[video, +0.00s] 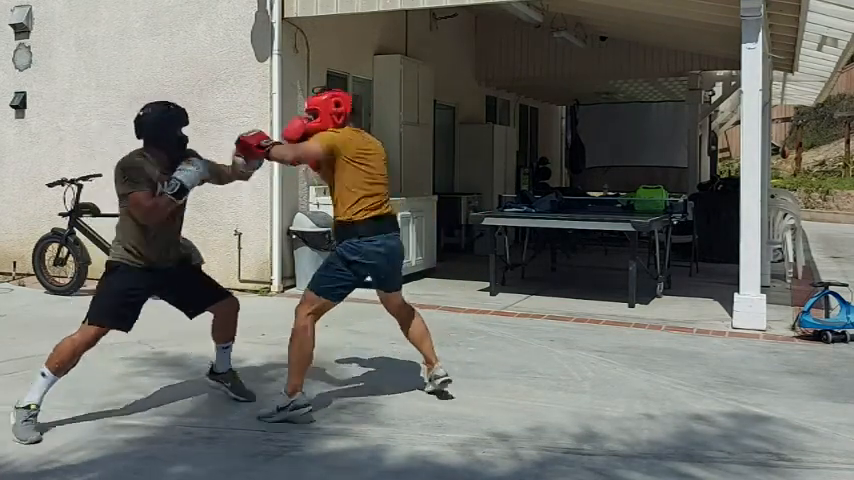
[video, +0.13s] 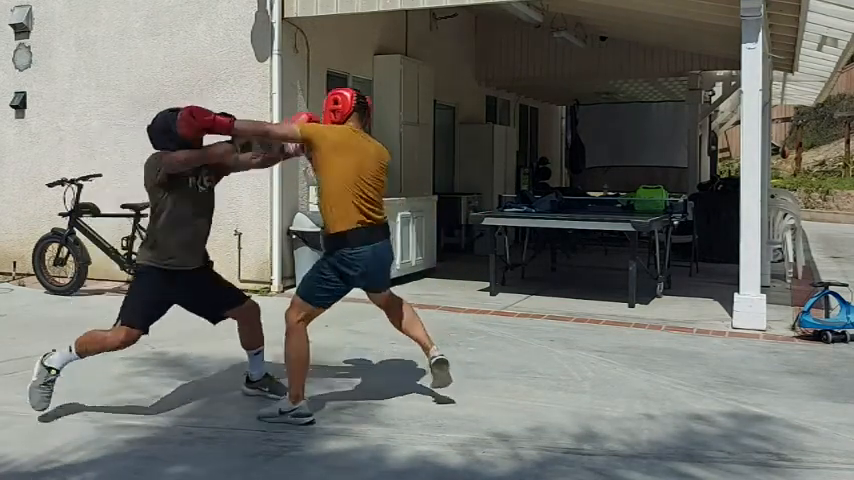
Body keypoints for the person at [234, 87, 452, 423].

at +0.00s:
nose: (310, 123)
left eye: (313, 117)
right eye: (310, 117)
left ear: (328, 116)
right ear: (345, 116)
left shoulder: (334, 138)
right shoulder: (374, 144)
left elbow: (293, 154)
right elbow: (339, 178)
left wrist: (264, 147)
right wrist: (305, 147)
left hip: (356, 246)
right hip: (389, 242)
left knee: (306, 314)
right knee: (398, 305)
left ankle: (294, 397)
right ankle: (434, 368)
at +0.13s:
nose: (325, 117)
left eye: (328, 112)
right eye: (327, 112)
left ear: (336, 111)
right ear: (363, 116)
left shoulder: (322, 133)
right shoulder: (380, 151)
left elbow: (267, 130)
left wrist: (218, 123)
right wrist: (312, 147)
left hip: (346, 253)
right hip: (380, 247)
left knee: (296, 317)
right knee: (386, 298)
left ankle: (296, 403)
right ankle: (431, 350)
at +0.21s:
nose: (338, 115)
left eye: (343, 111)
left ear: (350, 111)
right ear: (375, 115)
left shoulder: (331, 131)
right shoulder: (388, 151)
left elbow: (277, 140)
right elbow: (346, 171)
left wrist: (238, 140)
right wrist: (310, 145)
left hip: (340, 249)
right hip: (375, 246)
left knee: (294, 316)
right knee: (387, 304)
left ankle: (296, 401)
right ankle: (434, 351)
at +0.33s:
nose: (348, 114)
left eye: (350, 108)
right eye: (349, 108)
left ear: (361, 107)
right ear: (390, 113)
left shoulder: (346, 137)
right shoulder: (406, 153)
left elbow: (305, 172)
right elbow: (387, 189)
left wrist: (269, 167)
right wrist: (329, 159)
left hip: (349, 250)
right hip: (389, 250)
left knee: (307, 319)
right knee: (398, 320)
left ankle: (295, 404)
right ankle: (446, 378)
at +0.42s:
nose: (358, 114)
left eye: (360, 107)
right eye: (359, 107)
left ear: (373, 106)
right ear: (395, 108)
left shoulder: (362, 138)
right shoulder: (419, 149)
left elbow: (339, 185)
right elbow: (410, 194)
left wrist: (304, 199)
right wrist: (352, 163)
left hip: (373, 251)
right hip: (414, 249)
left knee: (332, 325)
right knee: (422, 330)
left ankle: (304, 400)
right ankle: (453, 410)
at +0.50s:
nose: (358, 115)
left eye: (360, 108)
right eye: (358, 107)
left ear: (373, 105)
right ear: (396, 107)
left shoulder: (366, 139)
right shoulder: (423, 145)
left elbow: (349, 189)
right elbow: (396, 176)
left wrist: (315, 206)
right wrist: (358, 148)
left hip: (381, 250)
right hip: (421, 248)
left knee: (339, 325)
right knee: (430, 331)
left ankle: (309, 399)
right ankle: (457, 410)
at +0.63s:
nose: (360, 104)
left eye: (360, 99)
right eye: (359, 98)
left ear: (371, 95)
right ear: (394, 92)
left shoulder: (373, 122)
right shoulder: (431, 121)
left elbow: (374, 175)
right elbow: (416, 157)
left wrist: (351, 207)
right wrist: (368, 127)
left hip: (401, 231)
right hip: (442, 226)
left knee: (371, 312)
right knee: (446, 316)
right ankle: (463, 404)